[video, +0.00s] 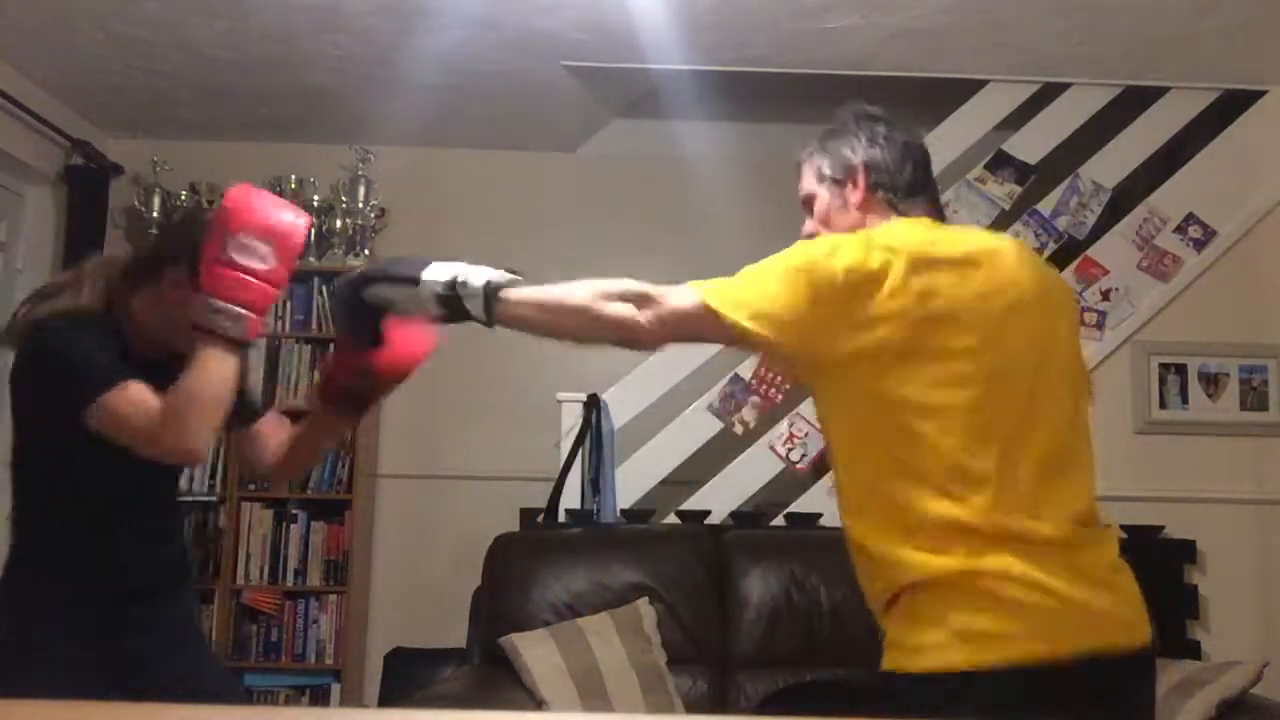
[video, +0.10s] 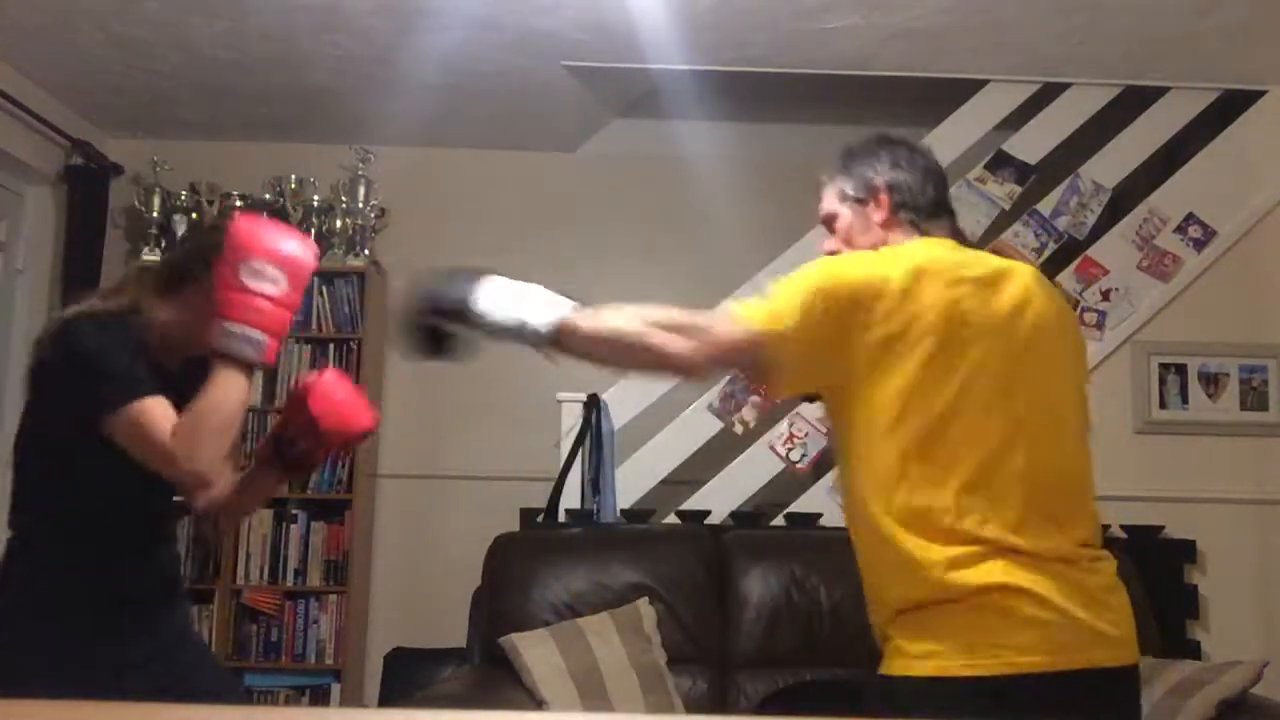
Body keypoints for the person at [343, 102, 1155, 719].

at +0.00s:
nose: (809, 226)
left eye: (811, 206)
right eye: (806, 209)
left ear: (859, 187)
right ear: (908, 184)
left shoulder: (846, 267)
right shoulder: (1039, 276)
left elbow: (645, 315)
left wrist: (461, 291)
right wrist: (833, 361)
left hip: (966, 662)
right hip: (1114, 654)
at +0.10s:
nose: (826, 243)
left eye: (831, 222)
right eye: (825, 225)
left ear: (881, 208)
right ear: (913, 208)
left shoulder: (861, 285)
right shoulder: (1045, 297)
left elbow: (695, 345)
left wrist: (533, 314)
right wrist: (808, 369)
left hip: (959, 667)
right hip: (1102, 665)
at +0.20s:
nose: (859, 265)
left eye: (862, 244)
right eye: (854, 250)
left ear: (908, 223)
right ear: (931, 225)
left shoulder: (911, 292)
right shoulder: (1045, 302)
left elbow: (856, 414)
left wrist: (709, 377)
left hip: (978, 668)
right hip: (1098, 664)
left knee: (783, 704)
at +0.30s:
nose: (883, 295)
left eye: (886, 271)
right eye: (877, 277)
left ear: (931, 252)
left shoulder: (957, 312)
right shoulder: (1050, 330)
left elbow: (997, 474)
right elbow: (903, 462)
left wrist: (851, 465)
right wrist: (863, 359)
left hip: (1004, 674)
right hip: (1096, 674)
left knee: (787, 706)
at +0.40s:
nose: (869, 270)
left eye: (874, 247)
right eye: (865, 255)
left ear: (924, 228)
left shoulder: (944, 288)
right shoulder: (1046, 314)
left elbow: (985, 425)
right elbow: (958, 493)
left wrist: (852, 416)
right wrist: (878, 412)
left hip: (995, 641)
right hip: (1093, 642)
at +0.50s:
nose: (848, 264)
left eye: (854, 241)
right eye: (846, 247)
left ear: (905, 225)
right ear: (911, 229)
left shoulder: (922, 281)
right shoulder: (1022, 305)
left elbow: (868, 382)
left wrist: (733, 357)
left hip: (997, 628)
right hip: (1089, 623)